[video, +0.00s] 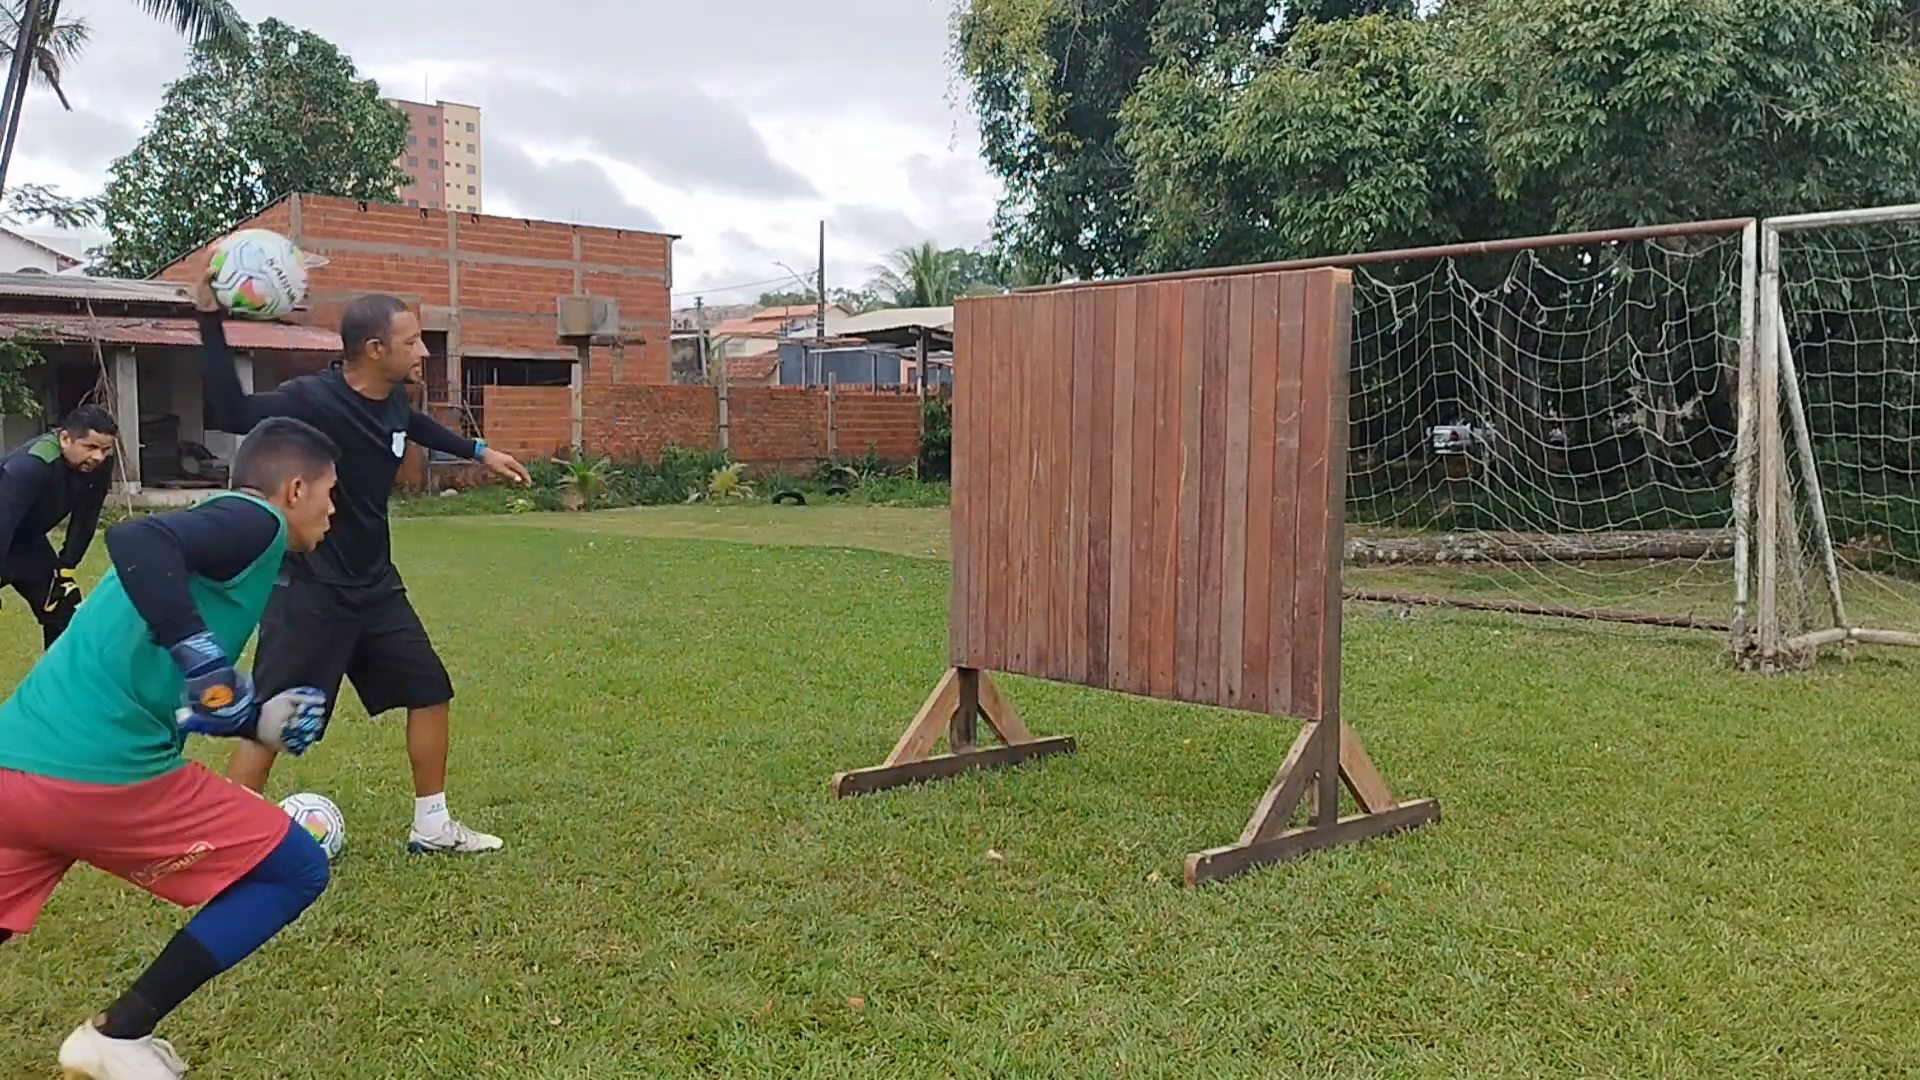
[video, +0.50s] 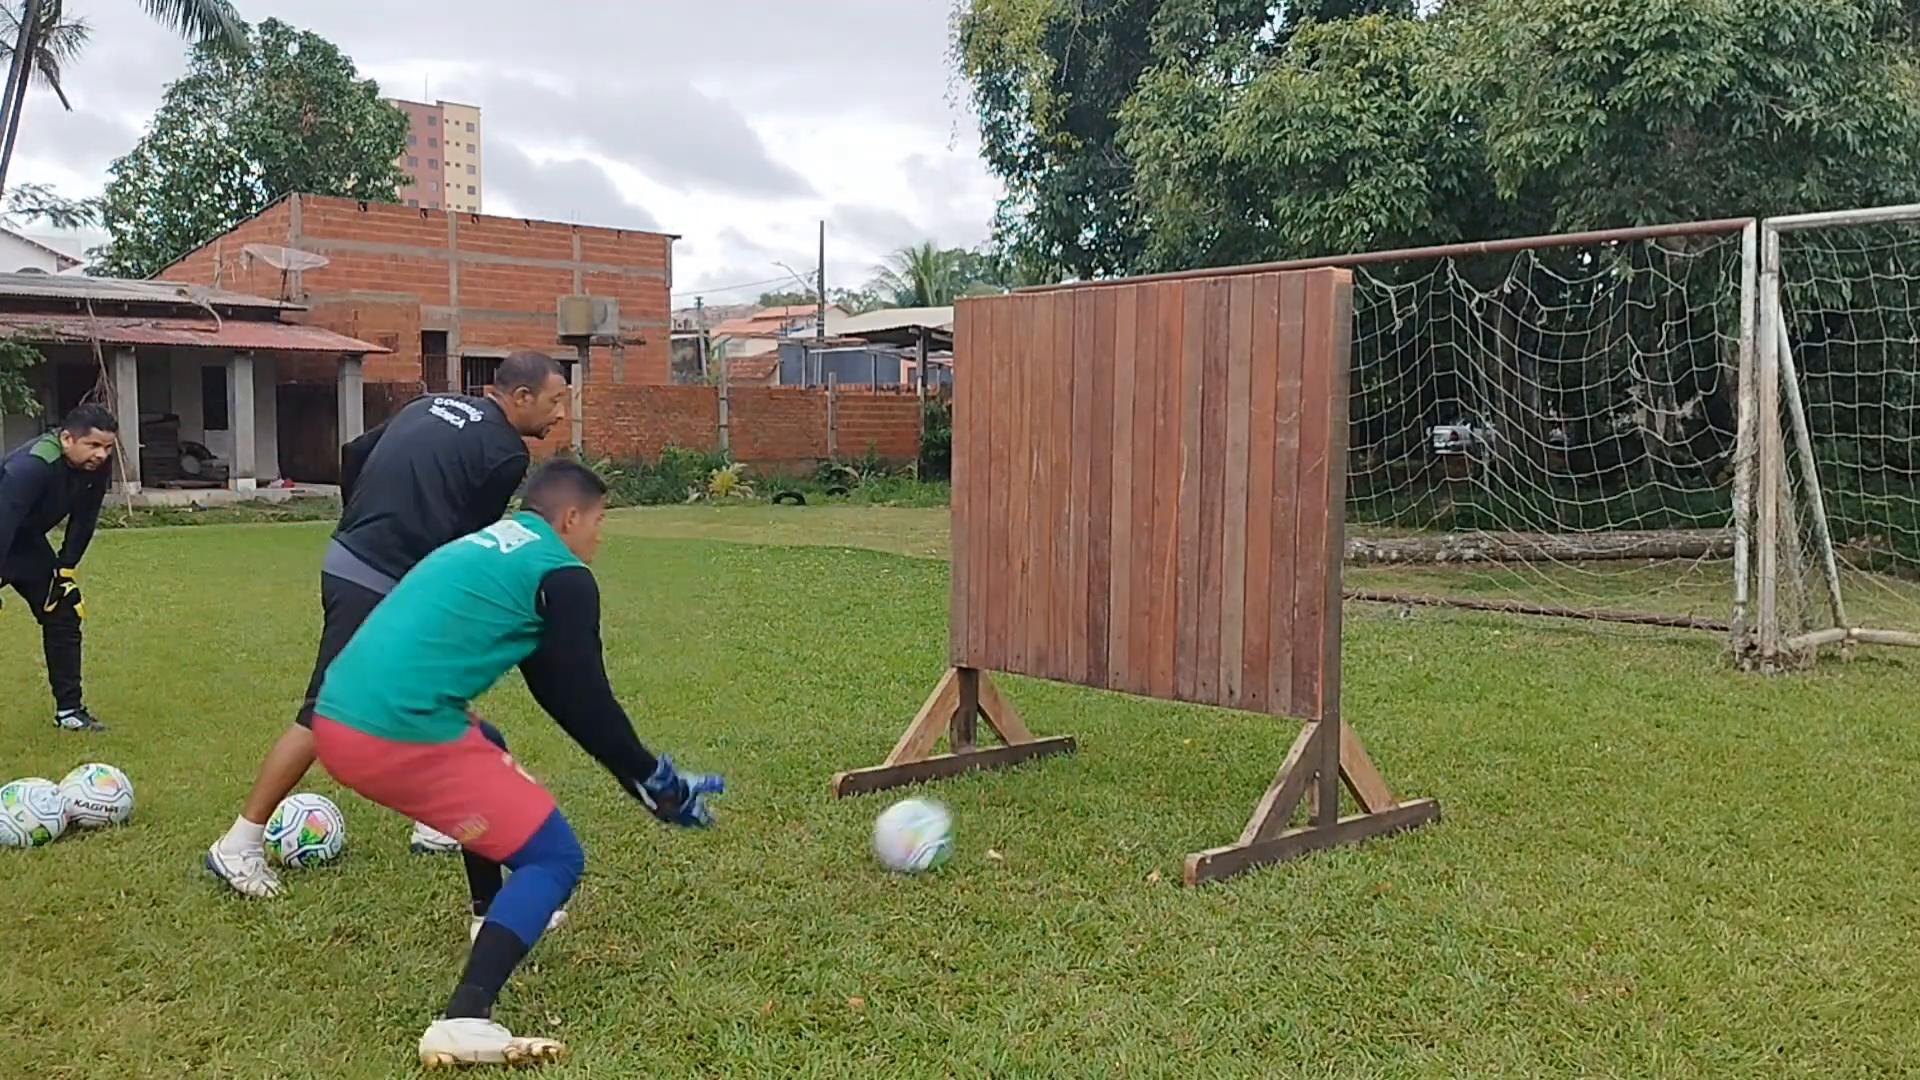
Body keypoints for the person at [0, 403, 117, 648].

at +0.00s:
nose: (98, 457)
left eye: (105, 450)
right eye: (91, 447)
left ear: (111, 448)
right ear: (65, 439)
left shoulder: (100, 465)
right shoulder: (31, 466)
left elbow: (85, 520)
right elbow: (4, 528)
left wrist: (67, 569)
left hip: (25, 537)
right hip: (2, 534)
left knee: (63, 607)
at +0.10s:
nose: (98, 456)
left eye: (105, 449)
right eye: (91, 446)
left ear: (111, 448)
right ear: (65, 439)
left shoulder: (98, 463)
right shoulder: (31, 466)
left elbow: (85, 518)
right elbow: (5, 526)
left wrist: (66, 567)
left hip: (24, 538)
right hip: (3, 537)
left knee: (63, 612)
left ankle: (69, 708)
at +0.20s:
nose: (99, 456)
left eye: (106, 448)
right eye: (92, 446)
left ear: (112, 448)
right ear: (66, 439)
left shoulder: (98, 466)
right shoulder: (30, 467)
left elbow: (84, 521)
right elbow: (7, 527)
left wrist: (66, 570)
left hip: (23, 539)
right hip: (3, 540)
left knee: (63, 611)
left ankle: (70, 708)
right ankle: (68, 708)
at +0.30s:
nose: (100, 455)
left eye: (106, 448)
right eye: (92, 446)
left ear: (112, 447)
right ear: (66, 439)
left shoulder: (97, 466)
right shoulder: (29, 468)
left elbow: (84, 521)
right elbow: (6, 529)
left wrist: (66, 569)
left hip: (23, 539)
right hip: (2, 540)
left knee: (62, 610)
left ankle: (70, 710)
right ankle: (68, 709)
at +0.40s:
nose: (101, 455)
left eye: (107, 448)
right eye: (93, 445)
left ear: (113, 447)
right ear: (66, 439)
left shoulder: (96, 467)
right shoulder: (31, 467)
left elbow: (84, 520)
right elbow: (7, 527)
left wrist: (66, 570)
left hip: (23, 539)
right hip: (3, 540)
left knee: (62, 610)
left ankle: (70, 710)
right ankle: (69, 710)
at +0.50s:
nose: (101, 455)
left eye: (108, 447)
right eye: (94, 445)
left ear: (113, 446)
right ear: (67, 438)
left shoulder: (96, 467)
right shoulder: (31, 467)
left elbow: (84, 520)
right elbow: (6, 526)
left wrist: (66, 569)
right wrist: (9, 573)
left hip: (23, 539)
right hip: (2, 540)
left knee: (62, 608)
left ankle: (70, 710)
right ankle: (69, 709)